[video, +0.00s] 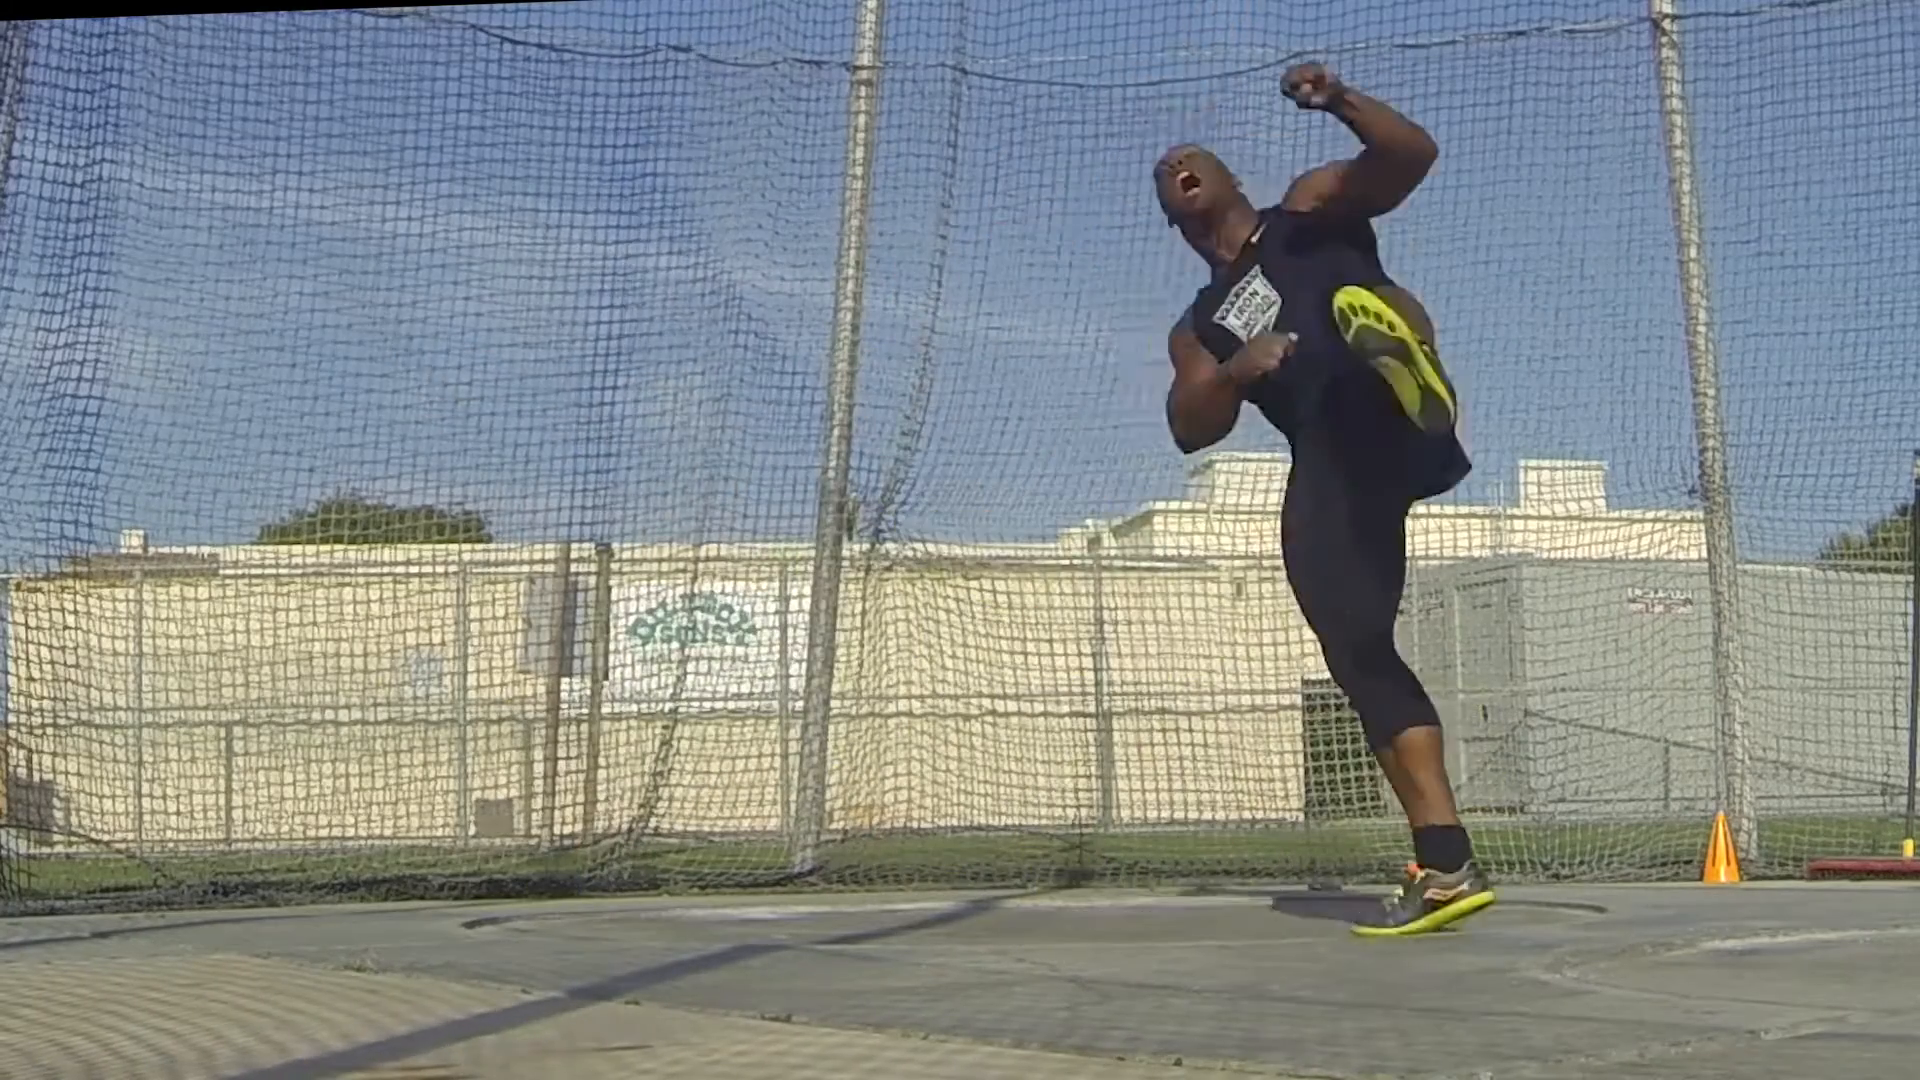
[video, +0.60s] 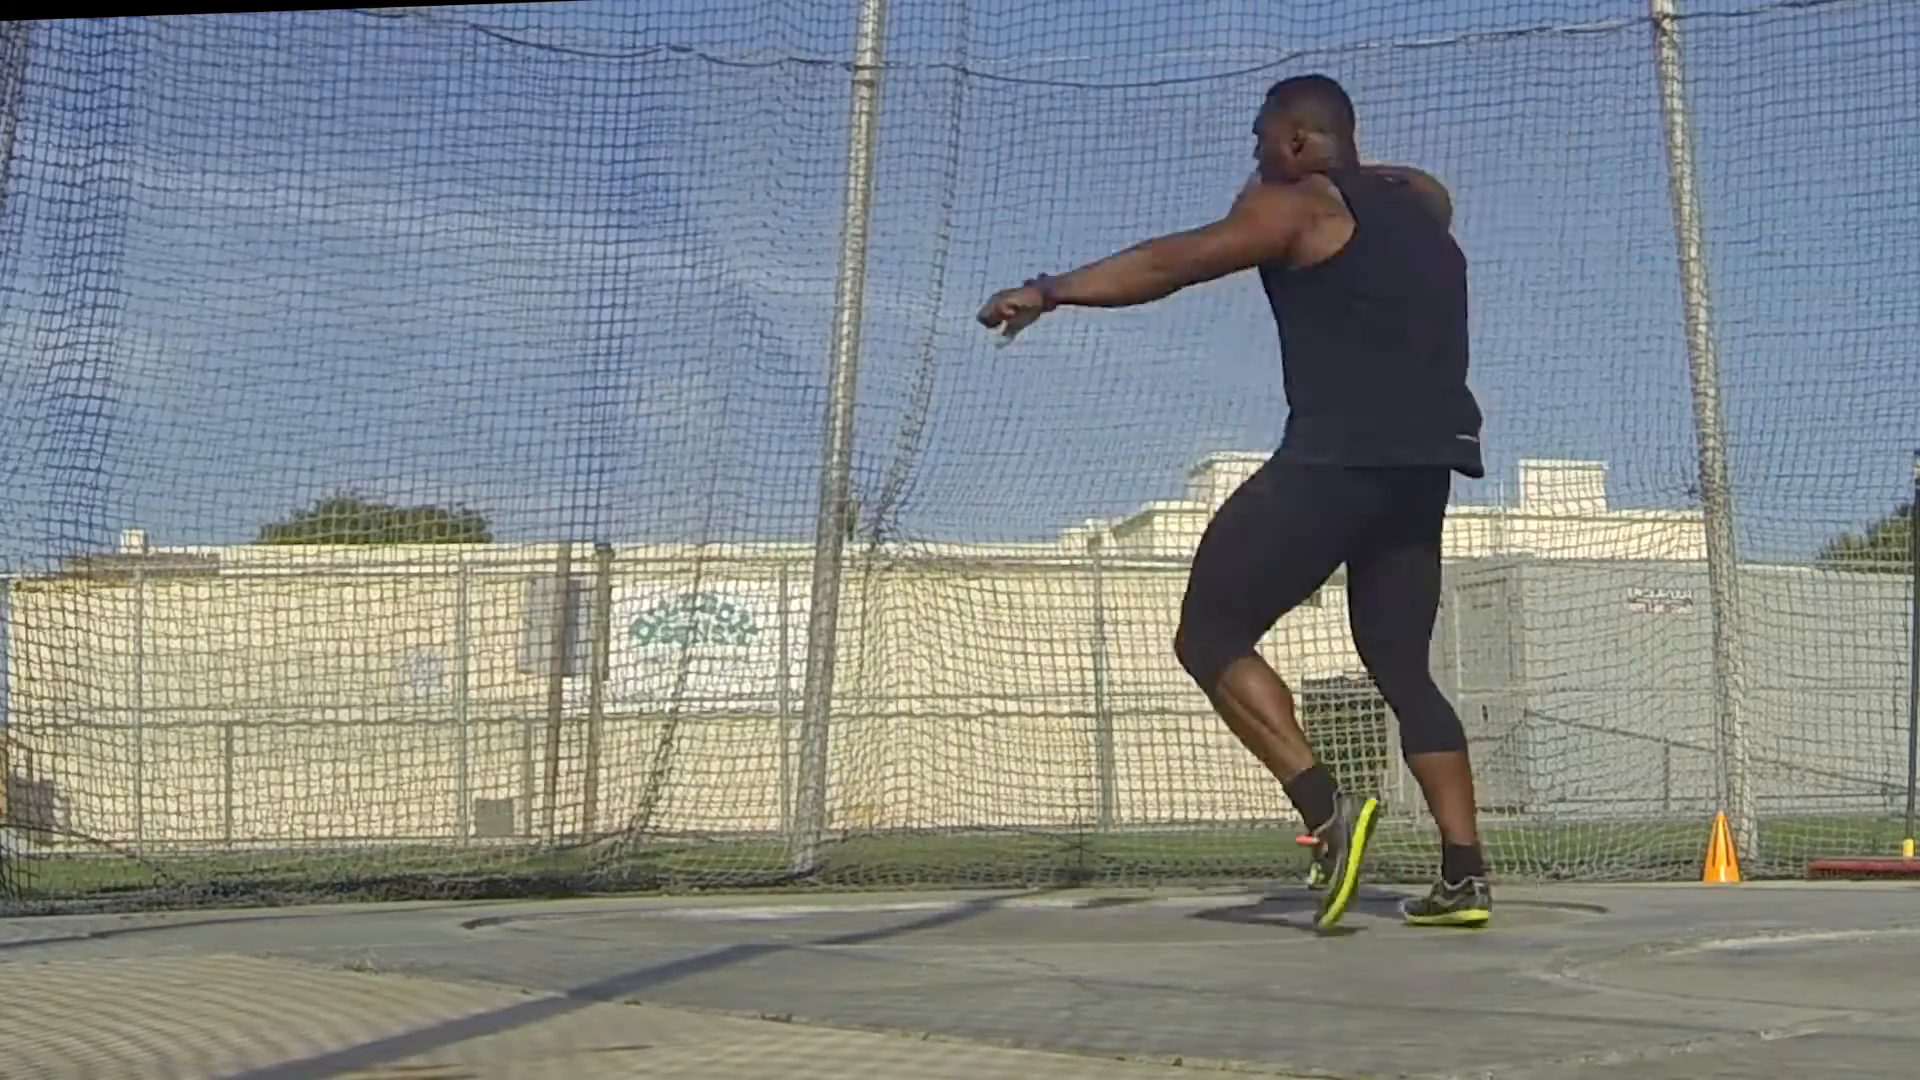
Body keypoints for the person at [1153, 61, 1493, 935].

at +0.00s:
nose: (1180, 176)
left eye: (1191, 166)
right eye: (1166, 181)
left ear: (1234, 178)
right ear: (1174, 222)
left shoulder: (1309, 202)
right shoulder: (1198, 324)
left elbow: (1413, 155)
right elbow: (1191, 429)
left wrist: (1341, 100)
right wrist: (1231, 373)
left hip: (1394, 417)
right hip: (1327, 472)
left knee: (1363, 296)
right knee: (1358, 650)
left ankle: (1409, 373)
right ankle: (1446, 862)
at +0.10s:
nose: (1210, 118)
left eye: (1213, 108)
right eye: (1184, 115)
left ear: (1234, 131)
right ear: (1158, 159)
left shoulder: (1315, 191)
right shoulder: (1155, 280)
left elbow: (1452, 178)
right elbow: (1141, 387)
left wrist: (1458, 110)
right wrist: (1222, 320)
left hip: (1411, 377)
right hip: (1334, 448)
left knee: (1536, 266)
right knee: (1397, 652)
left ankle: (1741, 350)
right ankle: (1477, 859)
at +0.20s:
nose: (1262, 115)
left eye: (1261, 102)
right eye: (1237, 105)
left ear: (1268, 128)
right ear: (1193, 140)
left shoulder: (1317, 210)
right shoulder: (1172, 252)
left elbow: (1446, 239)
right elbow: (1184, 300)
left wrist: (1519, 186)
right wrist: (1284, 219)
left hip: (1419, 391)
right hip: (1348, 450)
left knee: (1579, 319)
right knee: (1421, 650)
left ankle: (1735, 437)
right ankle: (1469, 865)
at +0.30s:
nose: (1321, 101)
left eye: (1316, 89)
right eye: (1299, 92)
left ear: (1301, 116)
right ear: (1250, 123)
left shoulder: (1309, 209)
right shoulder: (1252, 218)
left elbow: (1396, 281)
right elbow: (1358, 190)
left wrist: (1504, 262)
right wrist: (1416, 135)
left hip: (1395, 407)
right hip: (1348, 452)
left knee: (1492, 393)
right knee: (1438, 639)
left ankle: (1528, 560)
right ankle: (1466, 875)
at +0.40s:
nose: (1381, 95)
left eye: (1374, 82)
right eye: (1365, 84)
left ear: (1304, 114)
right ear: (1316, 106)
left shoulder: (1254, 217)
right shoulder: (1368, 184)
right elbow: (1520, 141)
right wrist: (1432, 152)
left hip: (1293, 456)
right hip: (1382, 456)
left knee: (1343, 512)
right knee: (1447, 651)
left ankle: (1292, 665)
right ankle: (1472, 879)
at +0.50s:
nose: (1385, 120)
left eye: (1372, 110)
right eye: (1381, 108)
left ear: (1306, 130)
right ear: (1376, 115)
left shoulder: (1259, 220)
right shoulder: (1443, 174)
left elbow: (1173, 317)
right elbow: (1534, 138)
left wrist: (1112, 373)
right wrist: (1421, 145)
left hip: (1295, 464)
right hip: (1410, 470)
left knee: (1229, 590)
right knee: (1435, 678)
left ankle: (1205, 756)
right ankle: (1460, 883)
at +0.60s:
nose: (1264, 167)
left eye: (1268, 152)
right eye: (1263, 152)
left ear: (1300, 143)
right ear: (1349, 141)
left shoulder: (1289, 204)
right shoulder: (1421, 196)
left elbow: (1176, 261)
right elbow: (1428, 189)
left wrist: (1050, 291)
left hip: (1328, 462)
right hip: (1419, 468)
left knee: (1209, 637)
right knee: (1403, 663)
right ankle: (1467, 874)